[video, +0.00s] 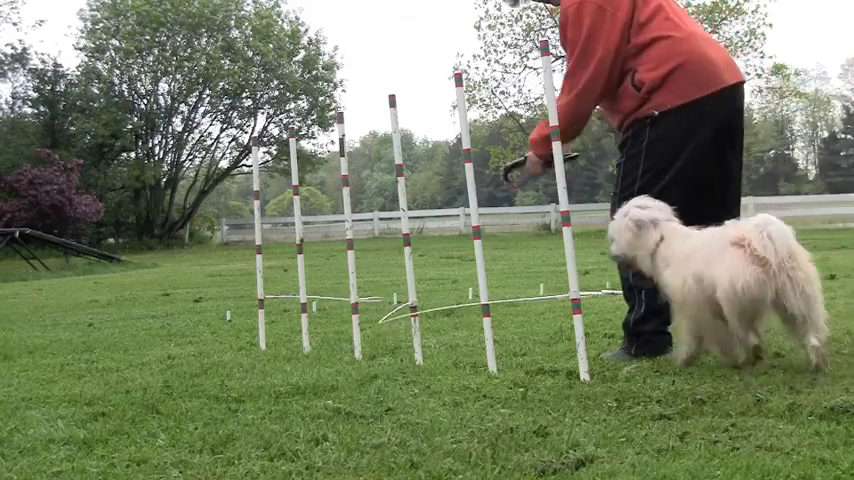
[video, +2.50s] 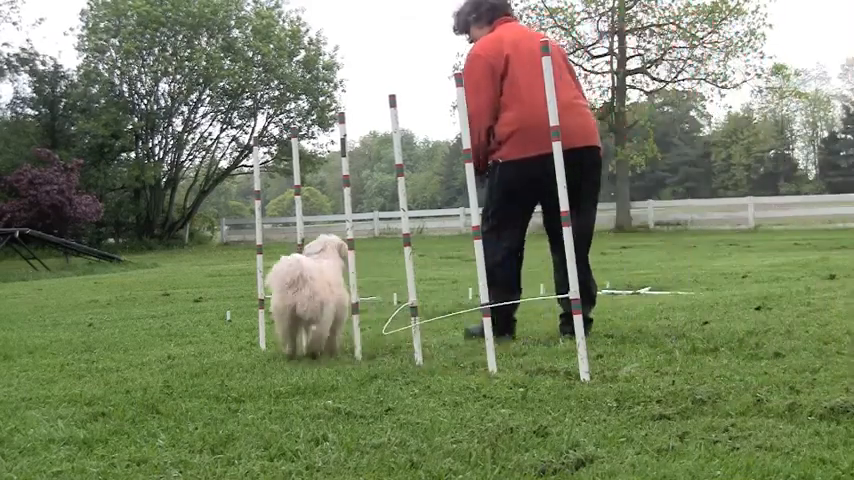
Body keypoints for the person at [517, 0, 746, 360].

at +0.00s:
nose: (551, 8)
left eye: (554, 7)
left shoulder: (586, 5)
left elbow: (587, 79)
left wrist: (541, 148)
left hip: (669, 93)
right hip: (721, 80)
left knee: (634, 221)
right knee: (710, 220)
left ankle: (645, 339)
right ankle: (724, 330)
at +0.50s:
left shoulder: (560, 4)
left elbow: (563, 71)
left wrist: (534, 139)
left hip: (642, 93)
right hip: (690, 83)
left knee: (622, 223)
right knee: (672, 214)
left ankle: (645, 333)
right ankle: (678, 328)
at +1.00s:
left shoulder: (567, 4)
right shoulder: (637, 5)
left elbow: (565, 76)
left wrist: (546, 124)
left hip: (612, 116)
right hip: (673, 107)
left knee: (579, 227)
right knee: (665, 221)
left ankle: (616, 316)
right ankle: (665, 321)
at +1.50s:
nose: (491, 15)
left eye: (490, 8)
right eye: (488, 11)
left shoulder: (508, 29)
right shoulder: (582, 21)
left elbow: (496, 100)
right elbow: (604, 80)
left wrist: (484, 146)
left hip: (536, 145)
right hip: (601, 139)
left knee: (530, 239)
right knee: (591, 230)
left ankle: (538, 330)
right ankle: (612, 292)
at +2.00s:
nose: (483, 29)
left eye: (480, 20)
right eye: (477, 24)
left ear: (492, 6)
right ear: (514, 2)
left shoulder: (503, 37)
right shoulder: (561, 30)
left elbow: (495, 107)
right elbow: (575, 87)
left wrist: (479, 153)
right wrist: (519, 135)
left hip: (540, 145)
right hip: (593, 138)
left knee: (524, 243)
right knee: (571, 239)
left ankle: (542, 330)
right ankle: (578, 322)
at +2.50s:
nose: (470, 41)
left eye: (469, 33)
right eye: (467, 35)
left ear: (480, 21)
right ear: (506, 16)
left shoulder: (484, 51)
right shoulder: (549, 43)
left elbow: (479, 117)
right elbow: (575, 92)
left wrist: (479, 163)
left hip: (524, 150)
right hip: (582, 144)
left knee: (501, 235)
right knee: (572, 234)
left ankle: (499, 322)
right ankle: (577, 319)